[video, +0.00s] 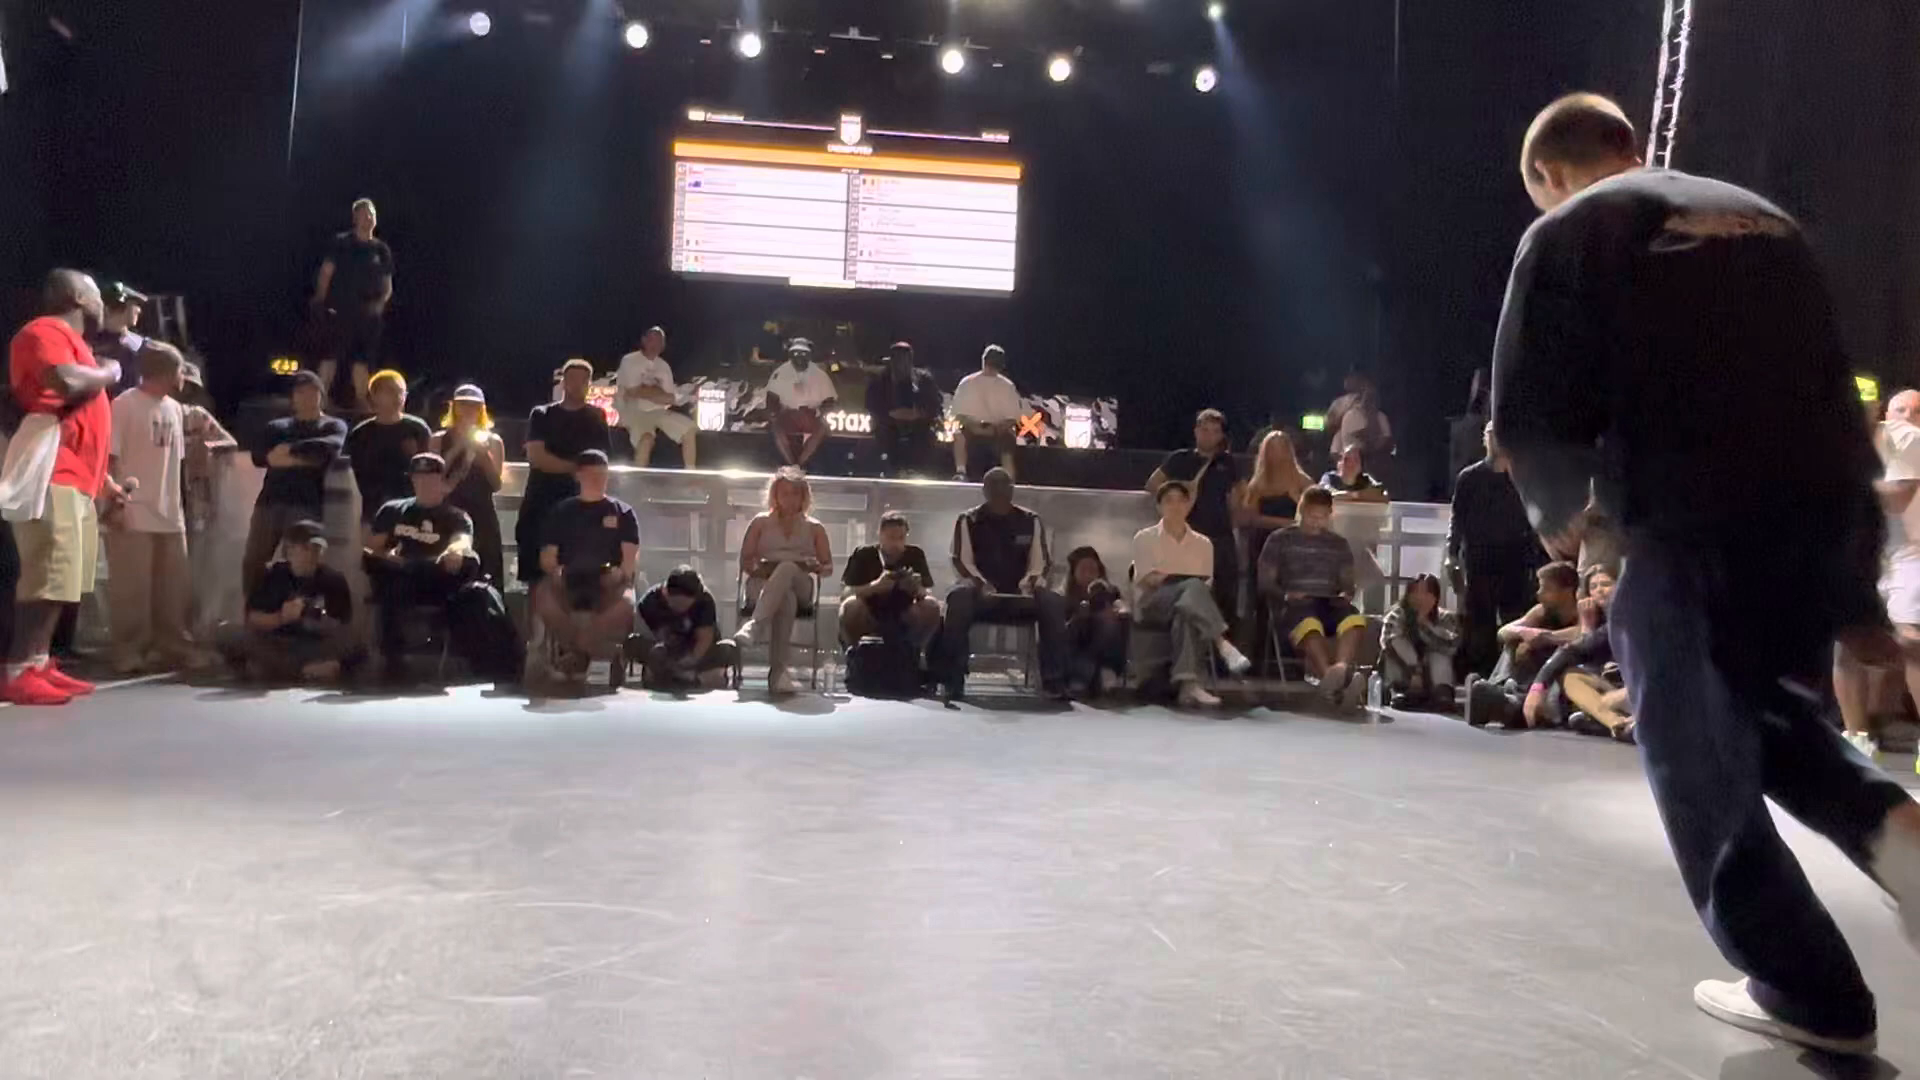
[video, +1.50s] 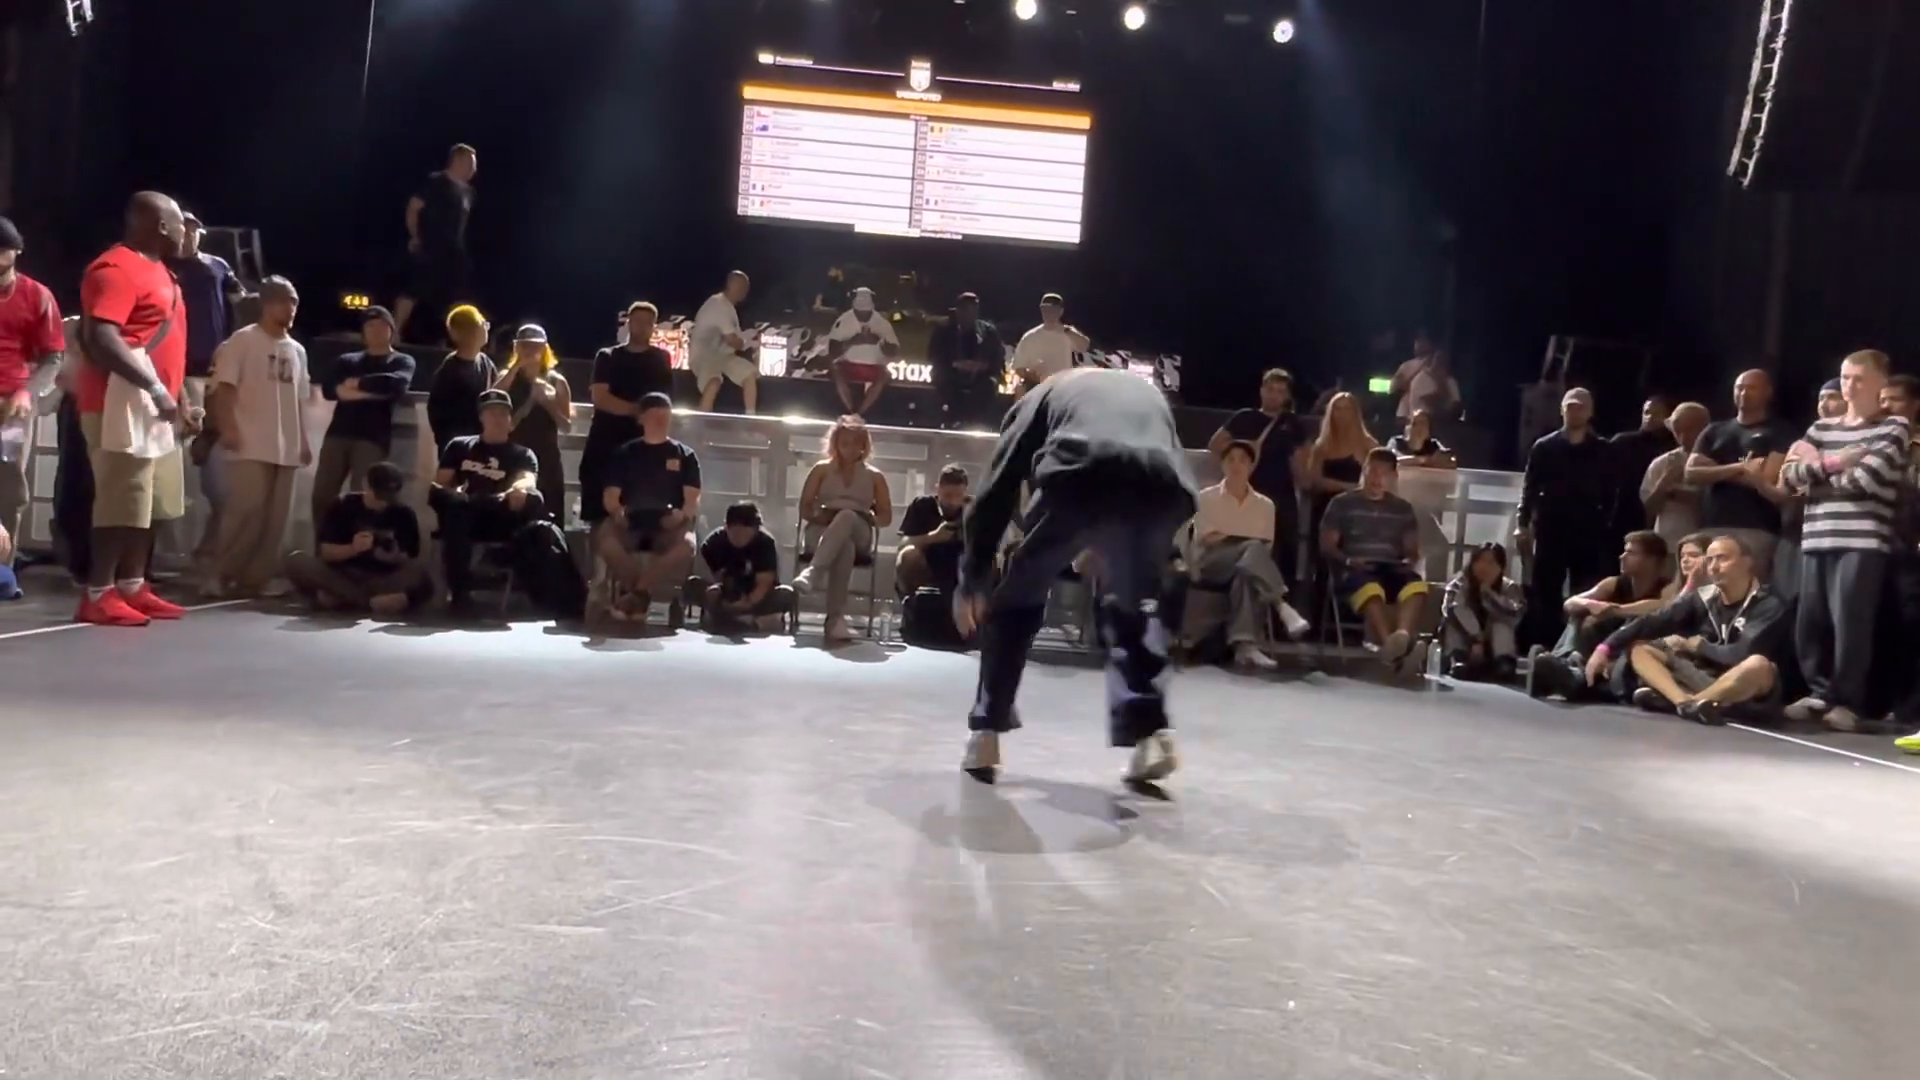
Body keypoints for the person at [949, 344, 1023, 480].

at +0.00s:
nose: (991, 367)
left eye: (995, 363)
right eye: (989, 362)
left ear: (1001, 365)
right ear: (984, 361)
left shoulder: (1007, 386)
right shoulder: (967, 383)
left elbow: (1014, 416)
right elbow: (957, 412)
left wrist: (999, 427)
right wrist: (975, 424)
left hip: (998, 429)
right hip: (974, 427)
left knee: (1008, 439)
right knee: (959, 436)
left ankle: (1008, 481)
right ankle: (960, 472)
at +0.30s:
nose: (1005, 340)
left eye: (1009, 337)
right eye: (1002, 336)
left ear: (1016, 340)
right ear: (997, 339)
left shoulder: (1023, 366)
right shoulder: (983, 364)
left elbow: (1031, 399)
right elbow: (973, 395)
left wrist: (1006, 404)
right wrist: (986, 405)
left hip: (1015, 413)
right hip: (989, 411)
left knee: (1022, 427)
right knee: (974, 416)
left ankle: (1025, 467)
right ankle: (977, 454)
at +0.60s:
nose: (1020, 328)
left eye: (1024, 324)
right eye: (1016, 324)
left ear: (1030, 327)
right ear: (1011, 327)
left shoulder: (1039, 352)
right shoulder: (999, 353)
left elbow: (1054, 378)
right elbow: (988, 382)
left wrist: (1034, 377)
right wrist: (999, 392)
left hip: (1032, 398)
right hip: (1007, 397)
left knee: (1036, 417)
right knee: (991, 406)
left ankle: (1041, 453)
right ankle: (992, 442)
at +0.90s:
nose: (1036, 318)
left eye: (1040, 314)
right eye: (1032, 314)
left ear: (1046, 318)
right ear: (1026, 317)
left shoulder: (1052, 341)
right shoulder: (1014, 343)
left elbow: (1066, 355)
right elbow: (1002, 373)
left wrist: (1051, 339)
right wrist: (1014, 383)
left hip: (1047, 390)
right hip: (1022, 388)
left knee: (1052, 413)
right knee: (1005, 396)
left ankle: (1055, 448)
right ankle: (1006, 433)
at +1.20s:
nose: (1045, 313)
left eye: (1049, 309)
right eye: (1042, 309)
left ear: (1056, 313)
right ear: (1037, 312)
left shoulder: (1063, 335)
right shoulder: (1024, 338)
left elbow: (1076, 349)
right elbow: (1012, 367)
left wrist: (1059, 330)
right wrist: (1025, 380)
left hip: (1057, 387)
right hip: (1031, 387)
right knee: (1014, 391)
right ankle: (1016, 427)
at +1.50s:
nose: (1048, 314)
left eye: (1052, 310)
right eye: (1045, 309)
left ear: (1061, 311)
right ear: (1041, 311)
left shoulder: (1068, 333)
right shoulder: (1030, 337)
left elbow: (1084, 346)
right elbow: (1018, 366)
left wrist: (1069, 333)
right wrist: (1030, 376)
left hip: (1065, 388)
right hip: (1039, 390)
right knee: (1019, 387)